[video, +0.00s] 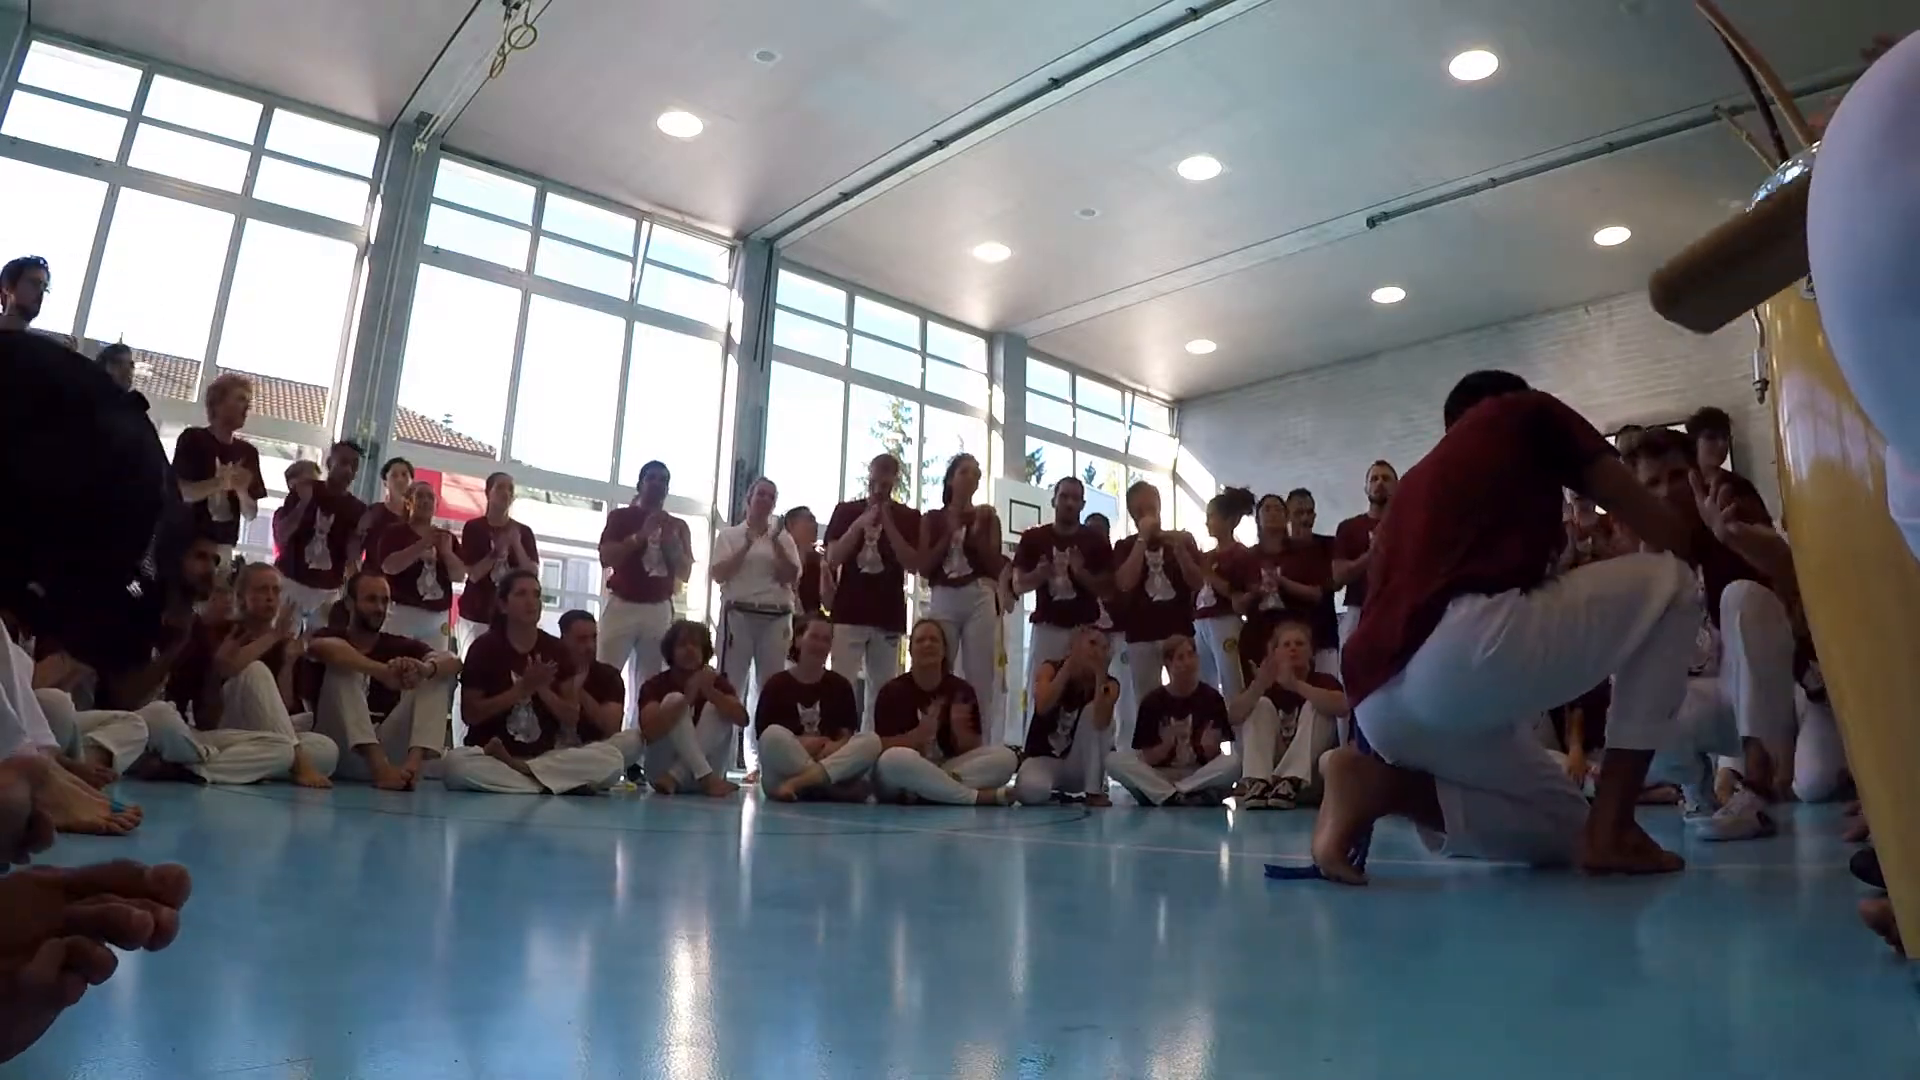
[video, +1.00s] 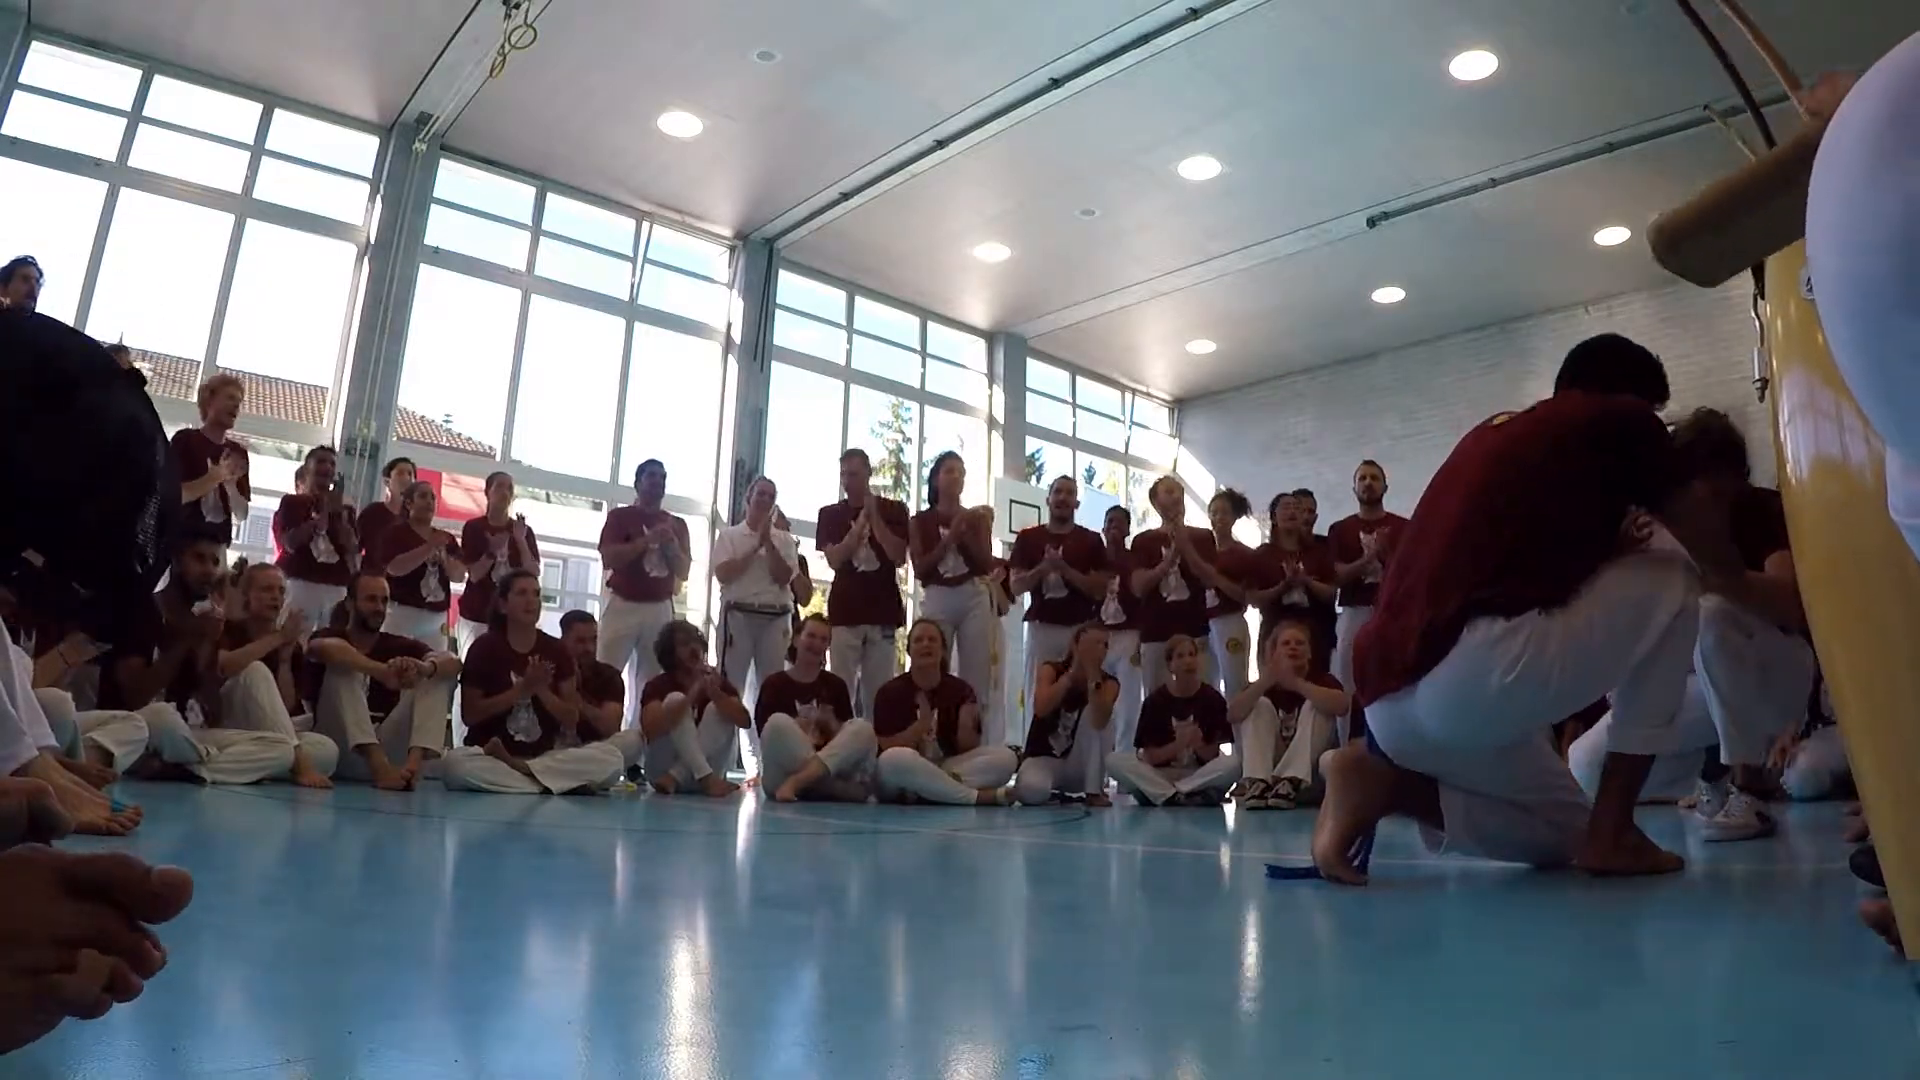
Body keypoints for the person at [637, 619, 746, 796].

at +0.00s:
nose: (689, 650)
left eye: (695, 644)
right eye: (682, 645)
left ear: (705, 650)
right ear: (670, 651)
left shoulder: (716, 681)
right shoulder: (653, 685)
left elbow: (742, 719)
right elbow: (649, 732)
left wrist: (710, 692)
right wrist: (687, 698)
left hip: (710, 771)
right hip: (664, 771)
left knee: (717, 707)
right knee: (674, 701)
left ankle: (674, 776)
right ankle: (707, 777)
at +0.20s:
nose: (693, 652)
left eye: (699, 647)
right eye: (686, 646)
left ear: (709, 654)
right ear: (674, 652)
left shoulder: (717, 681)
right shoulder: (655, 684)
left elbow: (742, 720)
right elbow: (649, 731)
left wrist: (714, 693)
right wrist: (683, 698)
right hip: (664, 771)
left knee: (717, 707)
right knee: (674, 701)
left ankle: (675, 777)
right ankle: (707, 777)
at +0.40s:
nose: (694, 652)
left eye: (700, 647)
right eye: (687, 646)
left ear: (710, 654)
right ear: (674, 651)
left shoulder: (718, 683)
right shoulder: (655, 684)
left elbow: (742, 719)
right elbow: (650, 730)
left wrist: (711, 694)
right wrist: (690, 696)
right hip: (664, 771)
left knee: (717, 707)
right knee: (674, 701)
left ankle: (674, 777)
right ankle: (707, 778)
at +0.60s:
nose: (696, 653)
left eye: (702, 648)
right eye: (690, 647)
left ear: (712, 654)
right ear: (676, 652)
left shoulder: (718, 682)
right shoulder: (656, 684)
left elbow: (744, 722)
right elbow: (650, 731)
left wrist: (718, 692)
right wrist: (683, 695)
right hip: (664, 771)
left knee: (719, 706)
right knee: (674, 701)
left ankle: (674, 777)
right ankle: (707, 777)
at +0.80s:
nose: (697, 652)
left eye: (702, 646)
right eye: (690, 646)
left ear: (709, 652)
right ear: (675, 652)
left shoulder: (718, 683)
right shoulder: (656, 685)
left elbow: (744, 719)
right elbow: (651, 729)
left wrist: (710, 692)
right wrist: (695, 696)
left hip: (709, 771)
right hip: (664, 770)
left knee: (719, 707)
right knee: (675, 700)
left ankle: (674, 776)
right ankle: (707, 777)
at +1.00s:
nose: (693, 647)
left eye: (695, 640)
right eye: (684, 644)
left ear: (703, 645)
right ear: (671, 653)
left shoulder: (716, 680)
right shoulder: (656, 685)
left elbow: (744, 721)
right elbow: (651, 729)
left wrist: (716, 693)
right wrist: (693, 692)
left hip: (709, 771)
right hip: (665, 771)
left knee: (721, 707)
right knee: (675, 701)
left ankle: (674, 776)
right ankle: (707, 777)